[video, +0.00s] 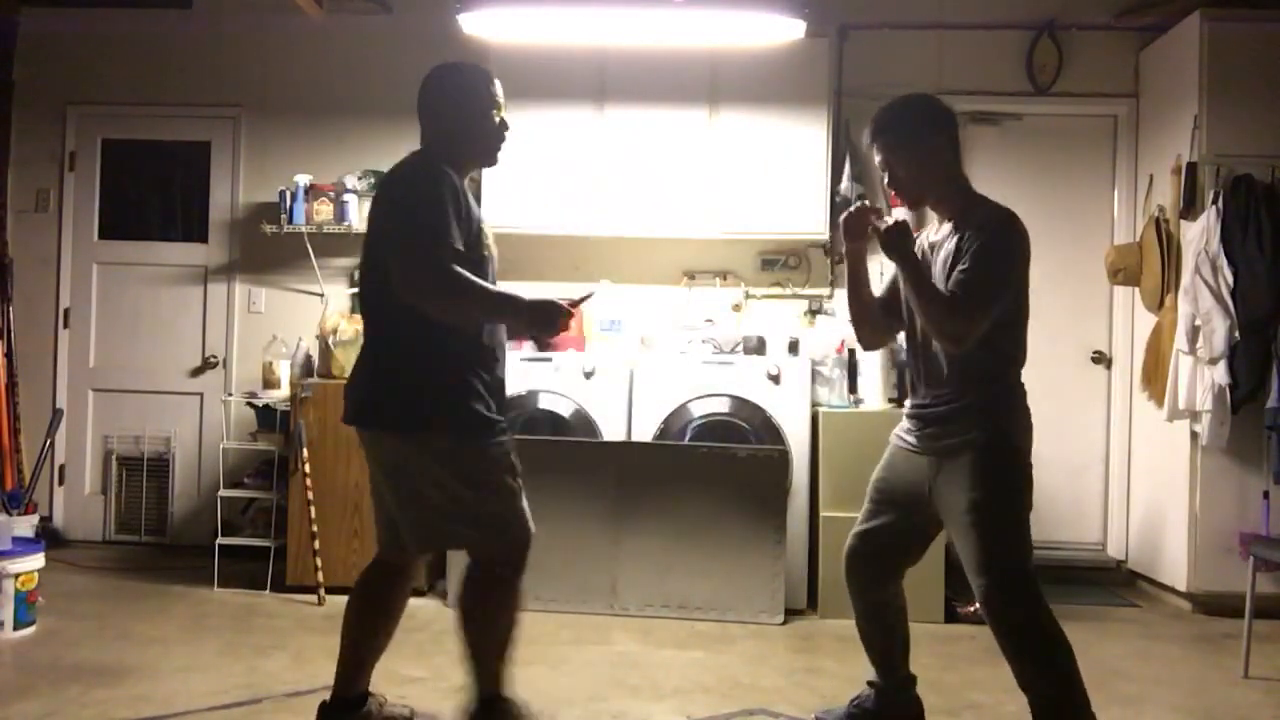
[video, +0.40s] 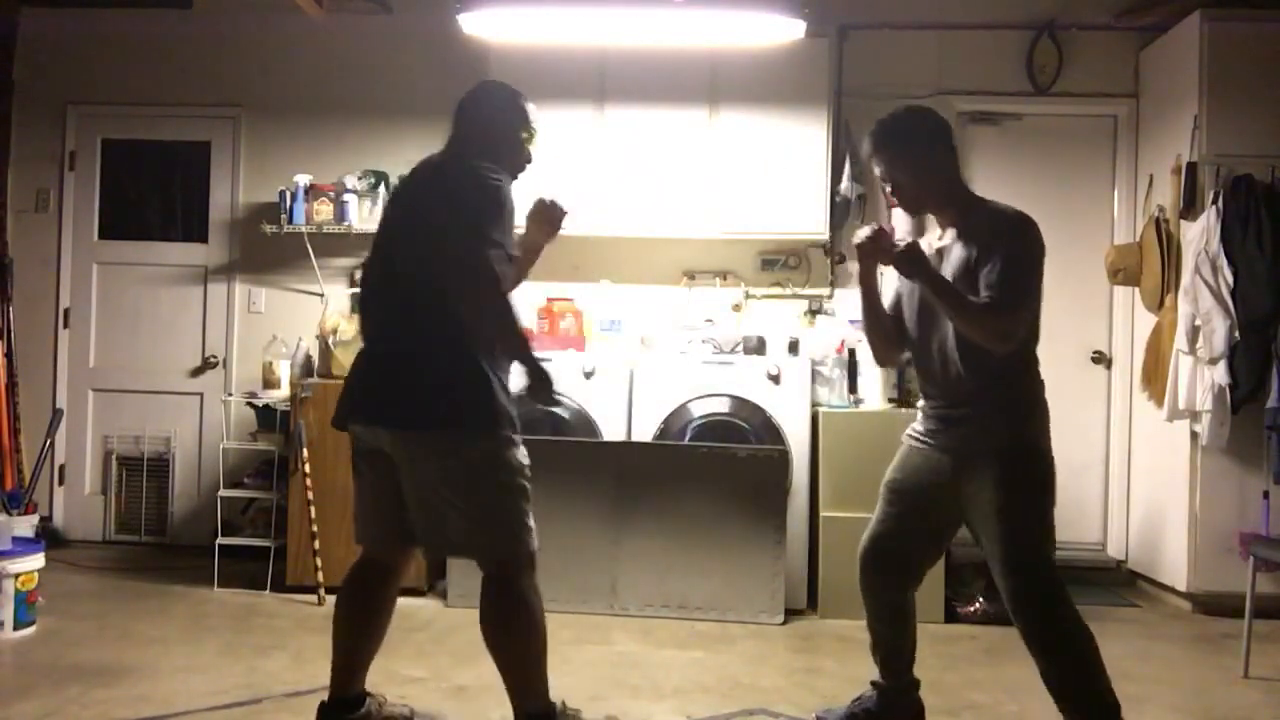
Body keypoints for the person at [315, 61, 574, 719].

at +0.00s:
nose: (505, 126)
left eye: (502, 111)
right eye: (493, 110)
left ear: (446, 117)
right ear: (450, 115)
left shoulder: (434, 185)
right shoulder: (428, 180)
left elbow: (432, 291)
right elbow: (421, 279)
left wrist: (517, 320)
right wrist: (521, 312)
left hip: (396, 405)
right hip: (439, 407)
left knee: (398, 556)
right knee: (505, 543)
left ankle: (347, 701)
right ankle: (491, 702)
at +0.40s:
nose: (531, 147)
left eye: (531, 134)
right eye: (524, 133)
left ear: (465, 127)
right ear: (496, 130)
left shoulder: (414, 183)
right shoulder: (482, 185)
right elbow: (481, 286)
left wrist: (531, 243)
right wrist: (528, 364)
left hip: (378, 401)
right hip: (458, 406)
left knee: (381, 556)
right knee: (510, 563)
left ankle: (344, 699)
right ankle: (535, 709)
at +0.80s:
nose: (604, 134)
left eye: (603, 121)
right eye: (601, 121)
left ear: (528, 117)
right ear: (583, 123)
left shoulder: (471, 182)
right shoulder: (596, 194)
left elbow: (466, 270)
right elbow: (673, 285)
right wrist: (670, 297)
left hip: (440, 397)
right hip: (536, 408)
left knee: (441, 549)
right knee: (557, 563)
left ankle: (403, 695)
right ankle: (547, 712)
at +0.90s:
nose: (612, 135)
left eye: (611, 122)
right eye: (608, 121)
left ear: (537, 119)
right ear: (590, 123)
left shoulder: (480, 181)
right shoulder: (602, 193)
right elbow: (684, 254)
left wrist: (603, 241)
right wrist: (633, 242)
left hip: (441, 398)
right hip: (538, 409)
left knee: (451, 552)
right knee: (563, 562)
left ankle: (414, 699)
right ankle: (549, 713)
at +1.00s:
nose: (614, 135)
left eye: (614, 123)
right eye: (610, 122)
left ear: (541, 119)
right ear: (592, 122)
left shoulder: (486, 181)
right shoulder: (601, 186)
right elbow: (693, 214)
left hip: (440, 398)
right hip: (535, 406)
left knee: (450, 556)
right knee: (563, 562)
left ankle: (413, 699)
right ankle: (550, 711)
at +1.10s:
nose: (611, 132)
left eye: (609, 119)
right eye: (605, 119)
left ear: (536, 119)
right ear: (585, 121)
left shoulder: (485, 182)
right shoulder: (595, 183)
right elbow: (693, 229)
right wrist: (759, 217)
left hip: (437, 395)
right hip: (529, 405)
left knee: (450, 556)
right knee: (556, 564)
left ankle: (413, 699)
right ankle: (548, 714)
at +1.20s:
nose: (603, 131)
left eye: (602, 118)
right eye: (596, 117)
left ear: (530, 118)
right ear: (570, 120)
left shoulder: (489, 181)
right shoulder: (574, 192)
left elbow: (574, 247)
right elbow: (645, 271)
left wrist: (611, 182)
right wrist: (697, 288)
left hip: (440, 395)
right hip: (527, 404)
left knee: (451, 556)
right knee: (556, 560)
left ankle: (412, 701)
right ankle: (547, 712)